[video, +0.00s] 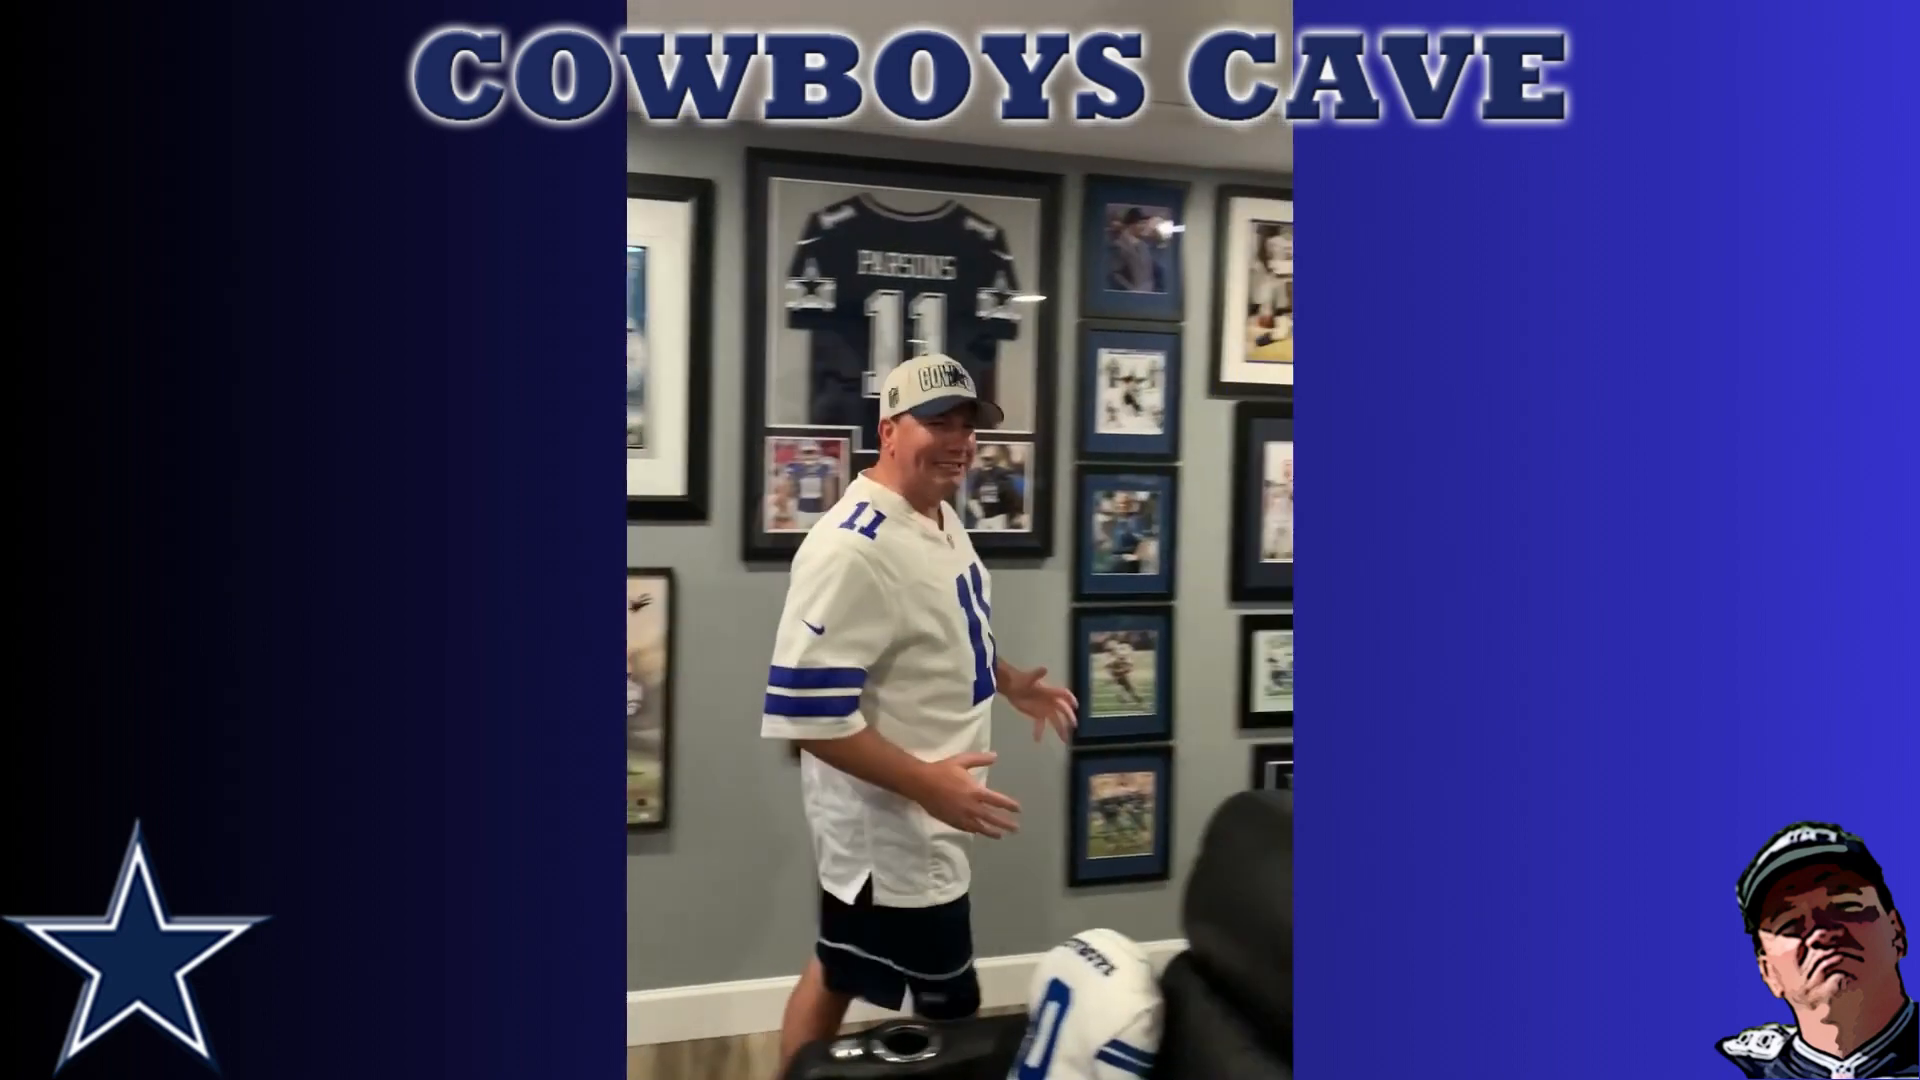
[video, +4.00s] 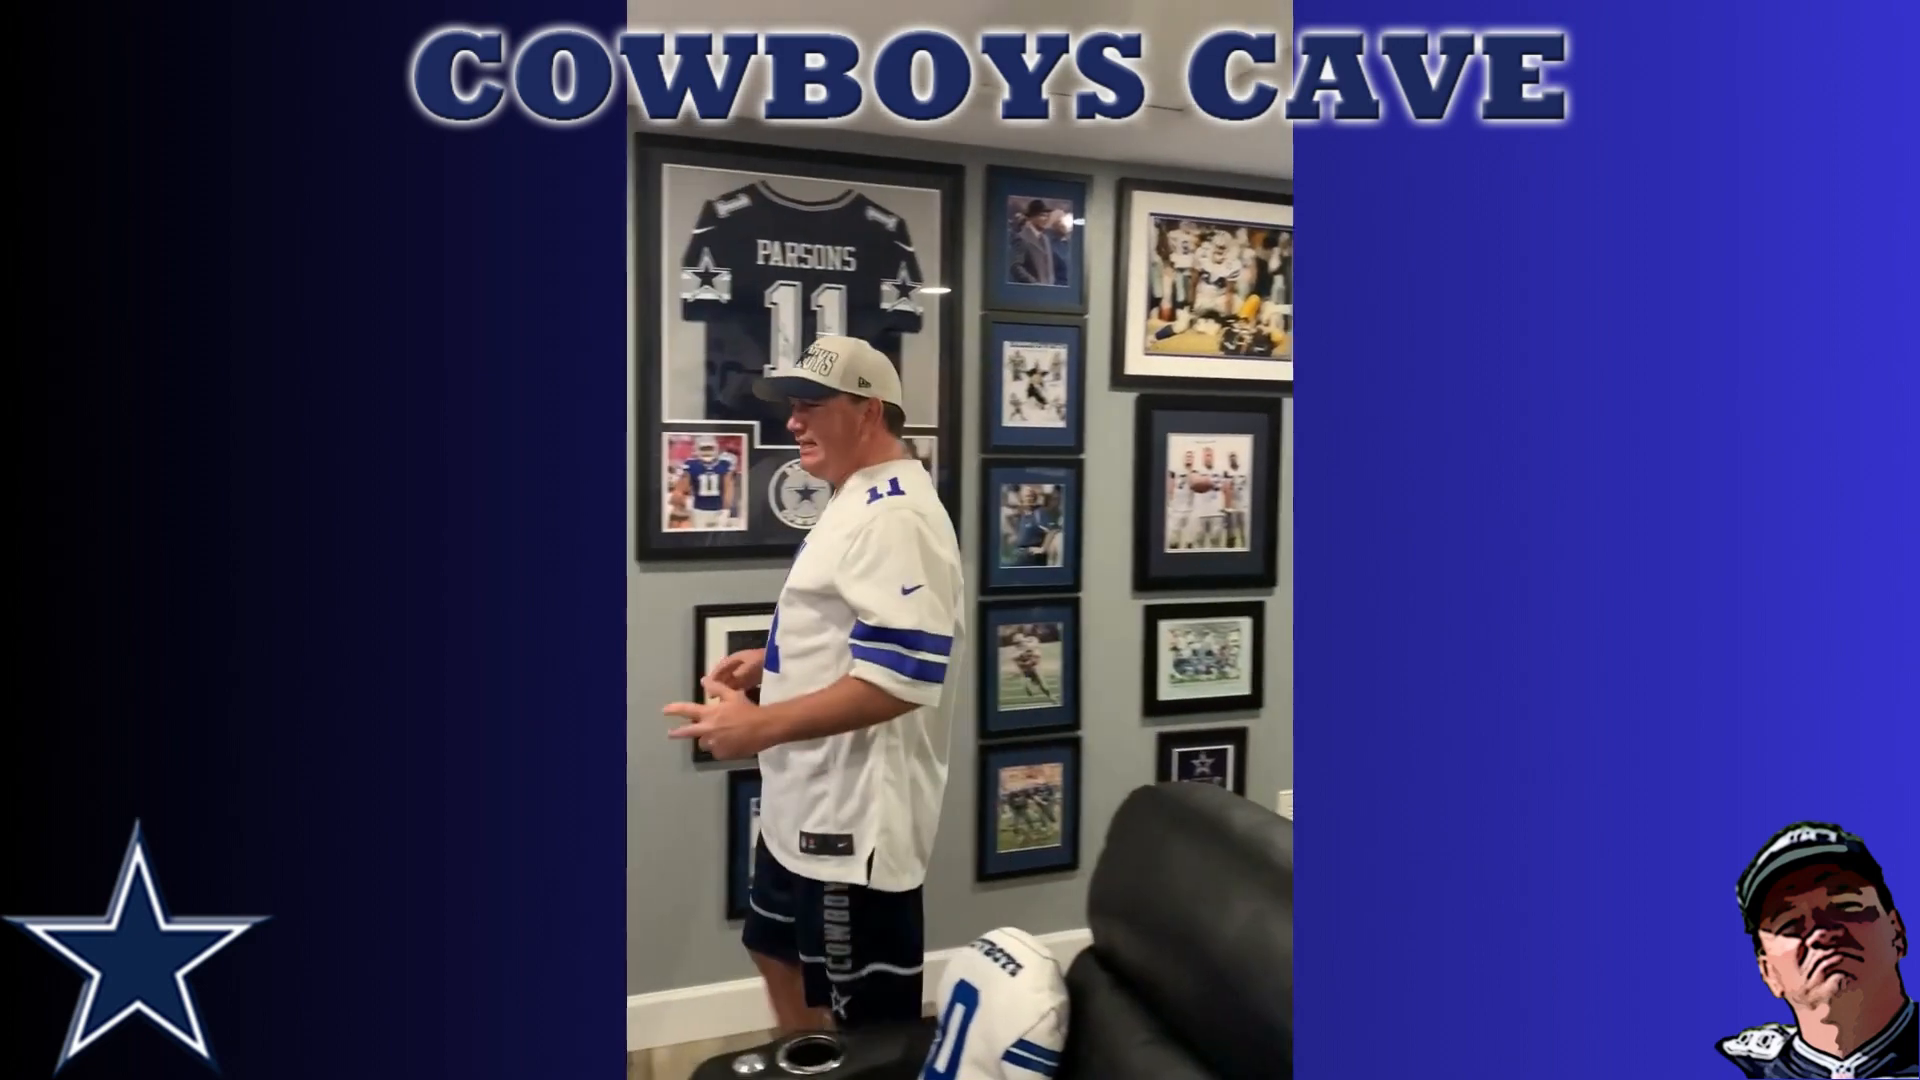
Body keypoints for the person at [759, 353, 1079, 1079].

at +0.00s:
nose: (960, 441)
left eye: (969, 425)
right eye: (941, 422)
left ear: (977, 433)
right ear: (891, 432)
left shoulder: (941, 519)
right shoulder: (851, 548)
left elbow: (949, 637)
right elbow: (813, 717)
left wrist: (1012, 681)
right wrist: (926, 784)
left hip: (905, 821)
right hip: (893, 834)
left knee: (833, 974)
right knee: (949, 1019)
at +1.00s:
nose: (976, 439)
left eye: (997, 423)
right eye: (962, 422)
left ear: (1027, 440)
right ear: (941, 433)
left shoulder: (1054, 525)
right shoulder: (895, 546)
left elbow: (1081, 630)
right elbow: (846, 686)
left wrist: (1137, 690)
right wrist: (937, 740)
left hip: (1051, 822)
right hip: (944, 832)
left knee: (1050, 983)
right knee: (933, 996)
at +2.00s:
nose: (1095, 415)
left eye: (1110, 405)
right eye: (1081, 404)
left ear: (1132, 429)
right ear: (1062, 427)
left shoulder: (1175, 515)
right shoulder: (1007, 509)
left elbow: (1212, 619)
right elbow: (957, 595)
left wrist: (1187, 649)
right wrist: (979, 626)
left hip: (1131, 773)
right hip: (1023, 771)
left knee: (1131, 937)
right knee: (1024, 931)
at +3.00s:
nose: (915, 411)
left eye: (931, 398)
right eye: (899, 397)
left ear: (953, 418)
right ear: (877, 417)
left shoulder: (1001, 509)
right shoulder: (851, 508)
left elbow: (1052, 621)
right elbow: (827, 605)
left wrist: (1004, 685)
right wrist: (797, 659)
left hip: (965, 784)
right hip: (867, 778)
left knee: (965, 942)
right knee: (864, 937)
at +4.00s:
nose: (794, 422)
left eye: (812, 406)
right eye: (793, 407)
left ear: (869, 412)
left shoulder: (898, 517)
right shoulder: (857, 502)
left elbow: (898, 682)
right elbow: (852, 637)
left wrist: (762, 727)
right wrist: (770, 660)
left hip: (857, 818)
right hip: (802, 804)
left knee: (869, 1018)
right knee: (778, 954)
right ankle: (811, 1073)